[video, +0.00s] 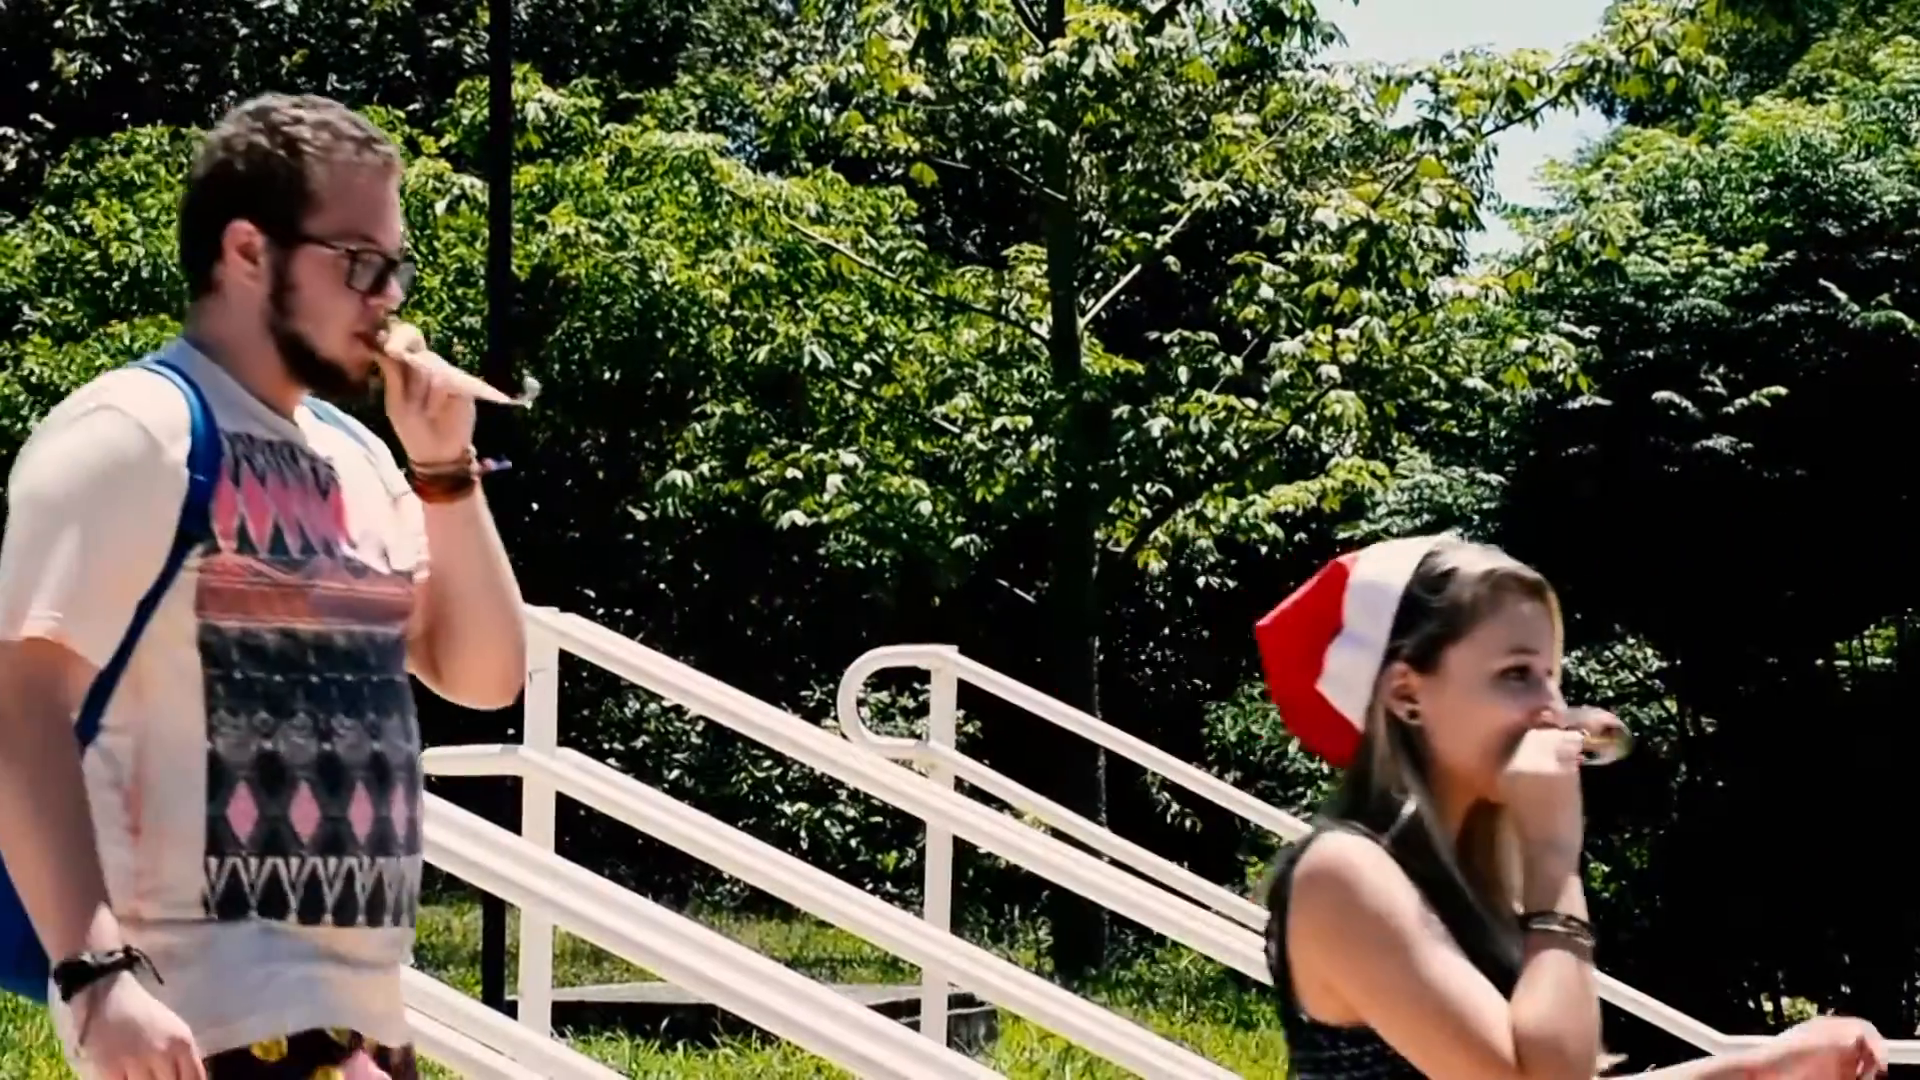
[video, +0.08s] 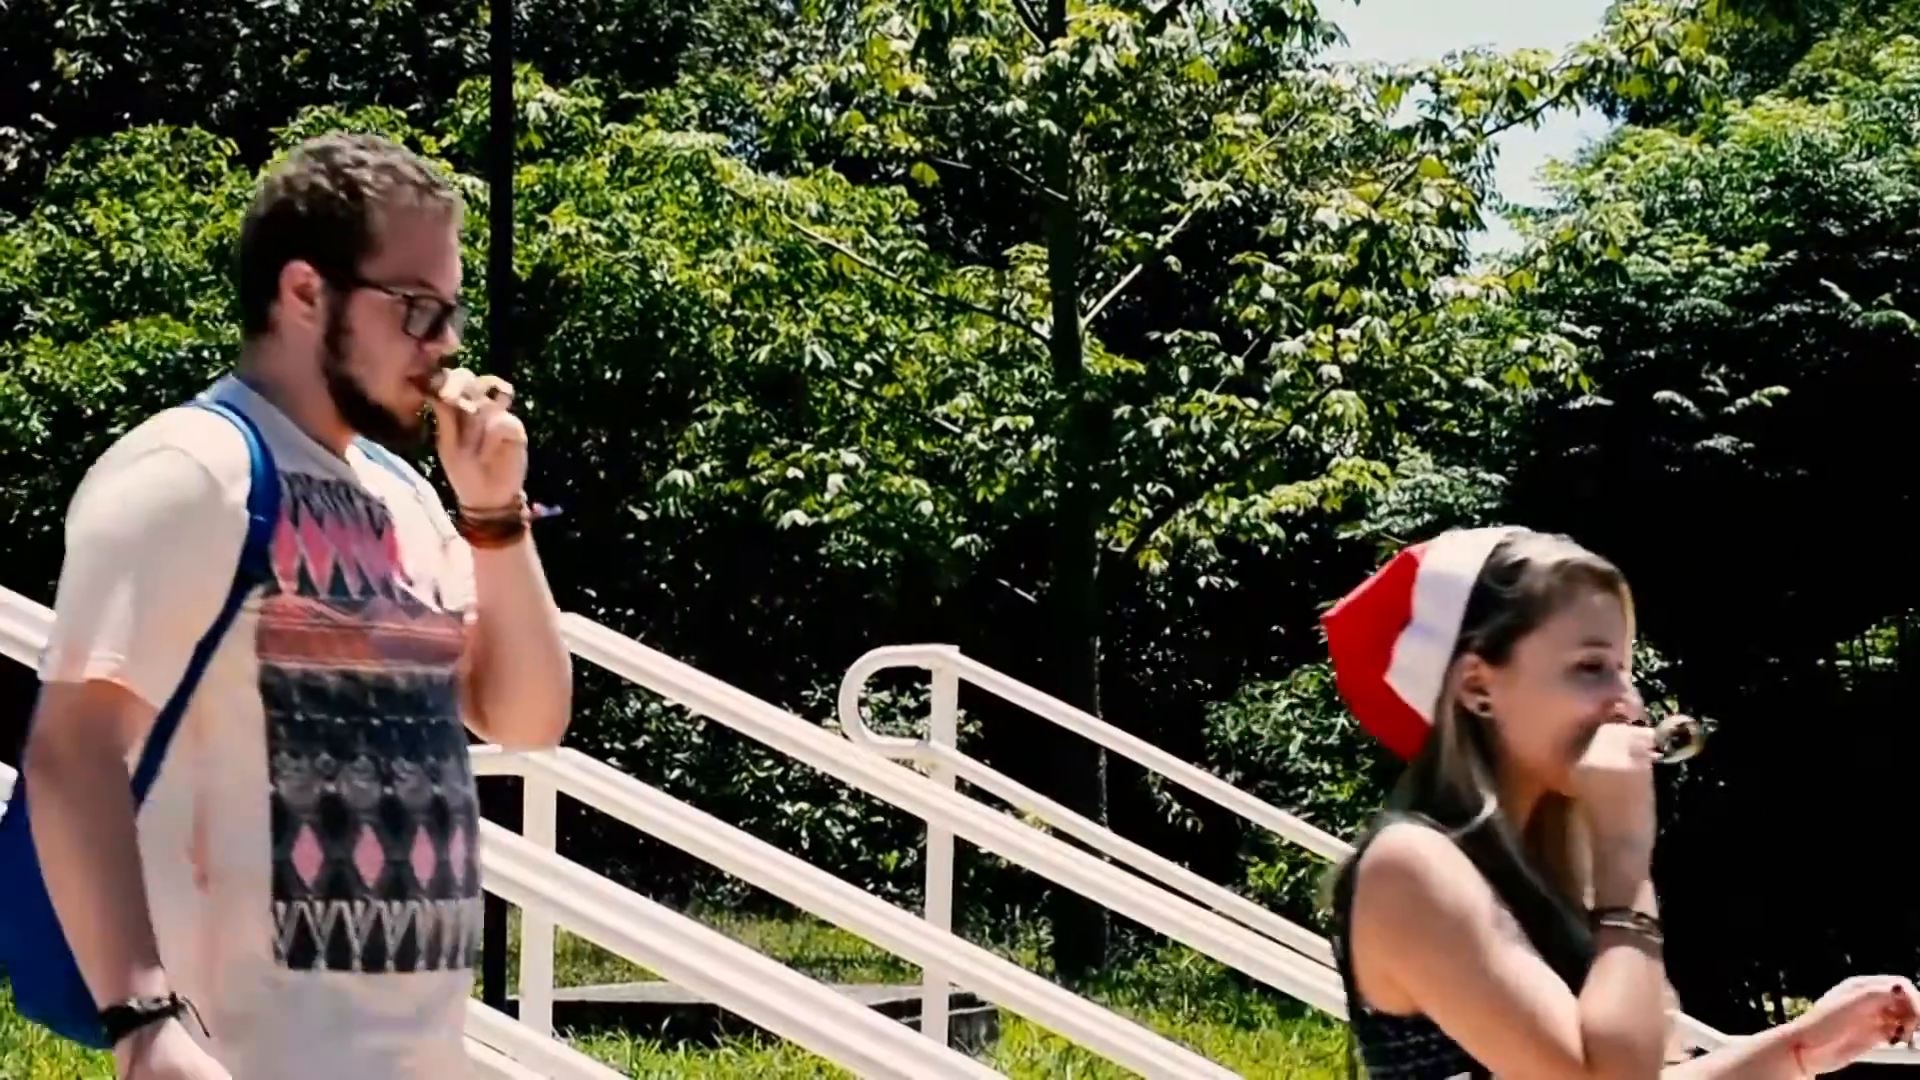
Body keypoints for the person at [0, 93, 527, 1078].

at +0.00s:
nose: (391, 298)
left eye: (395, 267)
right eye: (366, 262)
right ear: (249, 253)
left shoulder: (365, 459)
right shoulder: (125, 437)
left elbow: (483, 679)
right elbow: (25, 706)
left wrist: (447, 468)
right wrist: (94, 975)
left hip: (361, 1002)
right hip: (203, 1013)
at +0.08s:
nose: (447, 343)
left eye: (452, 311)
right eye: (418, 305)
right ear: (303, 294)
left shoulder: (410, 494)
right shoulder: (181, 477)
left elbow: (527, 720)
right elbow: (73, 746)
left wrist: (495, 517)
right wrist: (143, 1017)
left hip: (422, 1038)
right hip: (245, 1043)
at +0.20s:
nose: (515, 409)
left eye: (521, 377)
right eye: (487, 372)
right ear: (374, 366)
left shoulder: (479, 569)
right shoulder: (257, 549)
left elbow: (605, 786)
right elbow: (155, 833)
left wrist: (572, 581)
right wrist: (204, 1064)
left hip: (518, 1049)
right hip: (324, 1053)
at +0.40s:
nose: (630, 412)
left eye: (634, 380)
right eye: (601, 375)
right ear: (485, 371)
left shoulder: (593, 571)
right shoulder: (370, 558)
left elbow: (726, 791)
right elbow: (272, 849)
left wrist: (690, 583)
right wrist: (336, 1066)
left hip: (614, 1052)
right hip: (426, 1054)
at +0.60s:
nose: (737, 408)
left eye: (737, 377)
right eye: (706, 373)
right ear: (589, 371)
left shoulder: (696, 576)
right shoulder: (467, 560)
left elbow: (833, 798)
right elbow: (364, 852)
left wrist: (797, 585)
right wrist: (411, 1066)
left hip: (708, 1054)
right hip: (516, 1053)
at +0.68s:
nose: (782, 422)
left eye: (783, 390)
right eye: (752, 386)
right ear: (636, 385)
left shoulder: (740, 589)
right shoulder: (512, 576)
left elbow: (881, 811)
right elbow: (405, 868)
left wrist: (845, 597)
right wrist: (446, 1070)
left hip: (754, 1059)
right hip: (555, 1058)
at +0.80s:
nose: (858, 452)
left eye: (859, 419)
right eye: (829, 415)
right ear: (713, 416)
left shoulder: (818, 626)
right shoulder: (596, 609)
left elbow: (962, 838)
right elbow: (487, 902)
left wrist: (924, 626)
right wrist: (526, 1072)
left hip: (843, 1061)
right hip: (651, 1061)